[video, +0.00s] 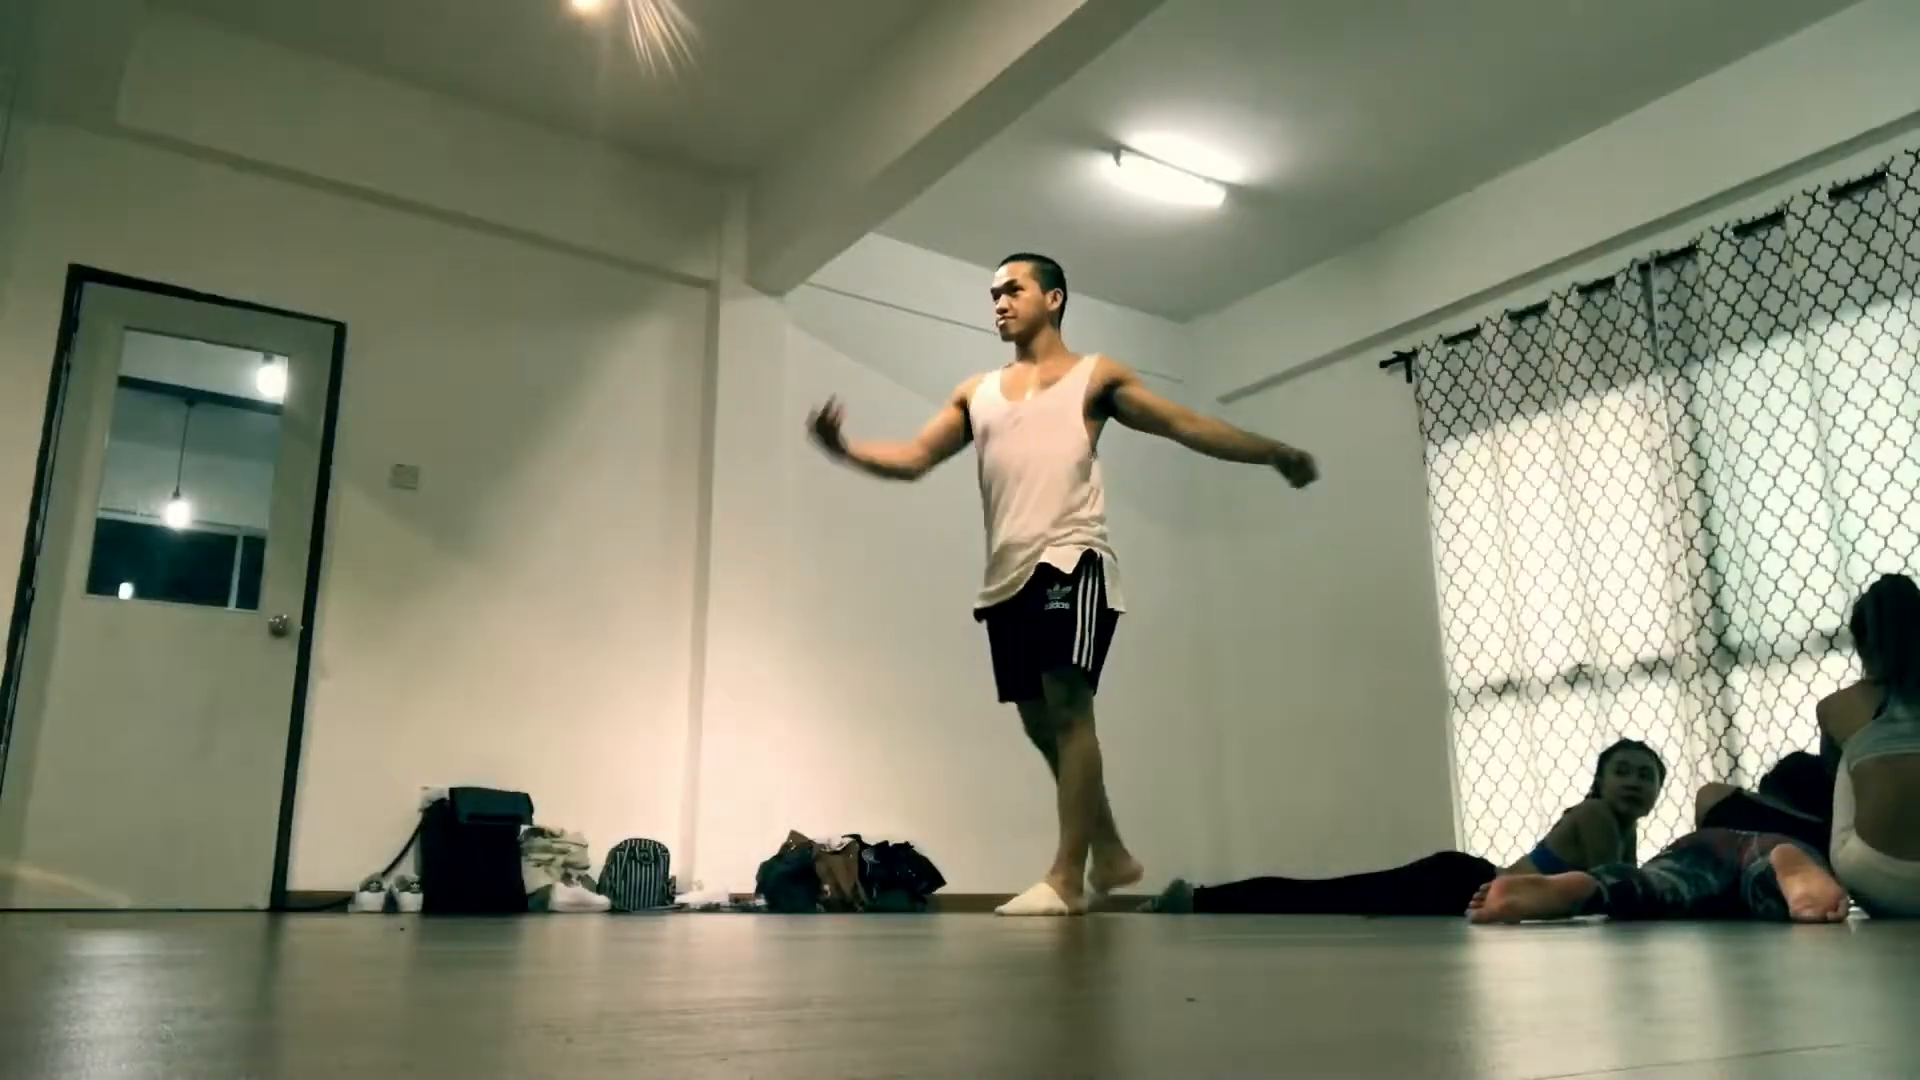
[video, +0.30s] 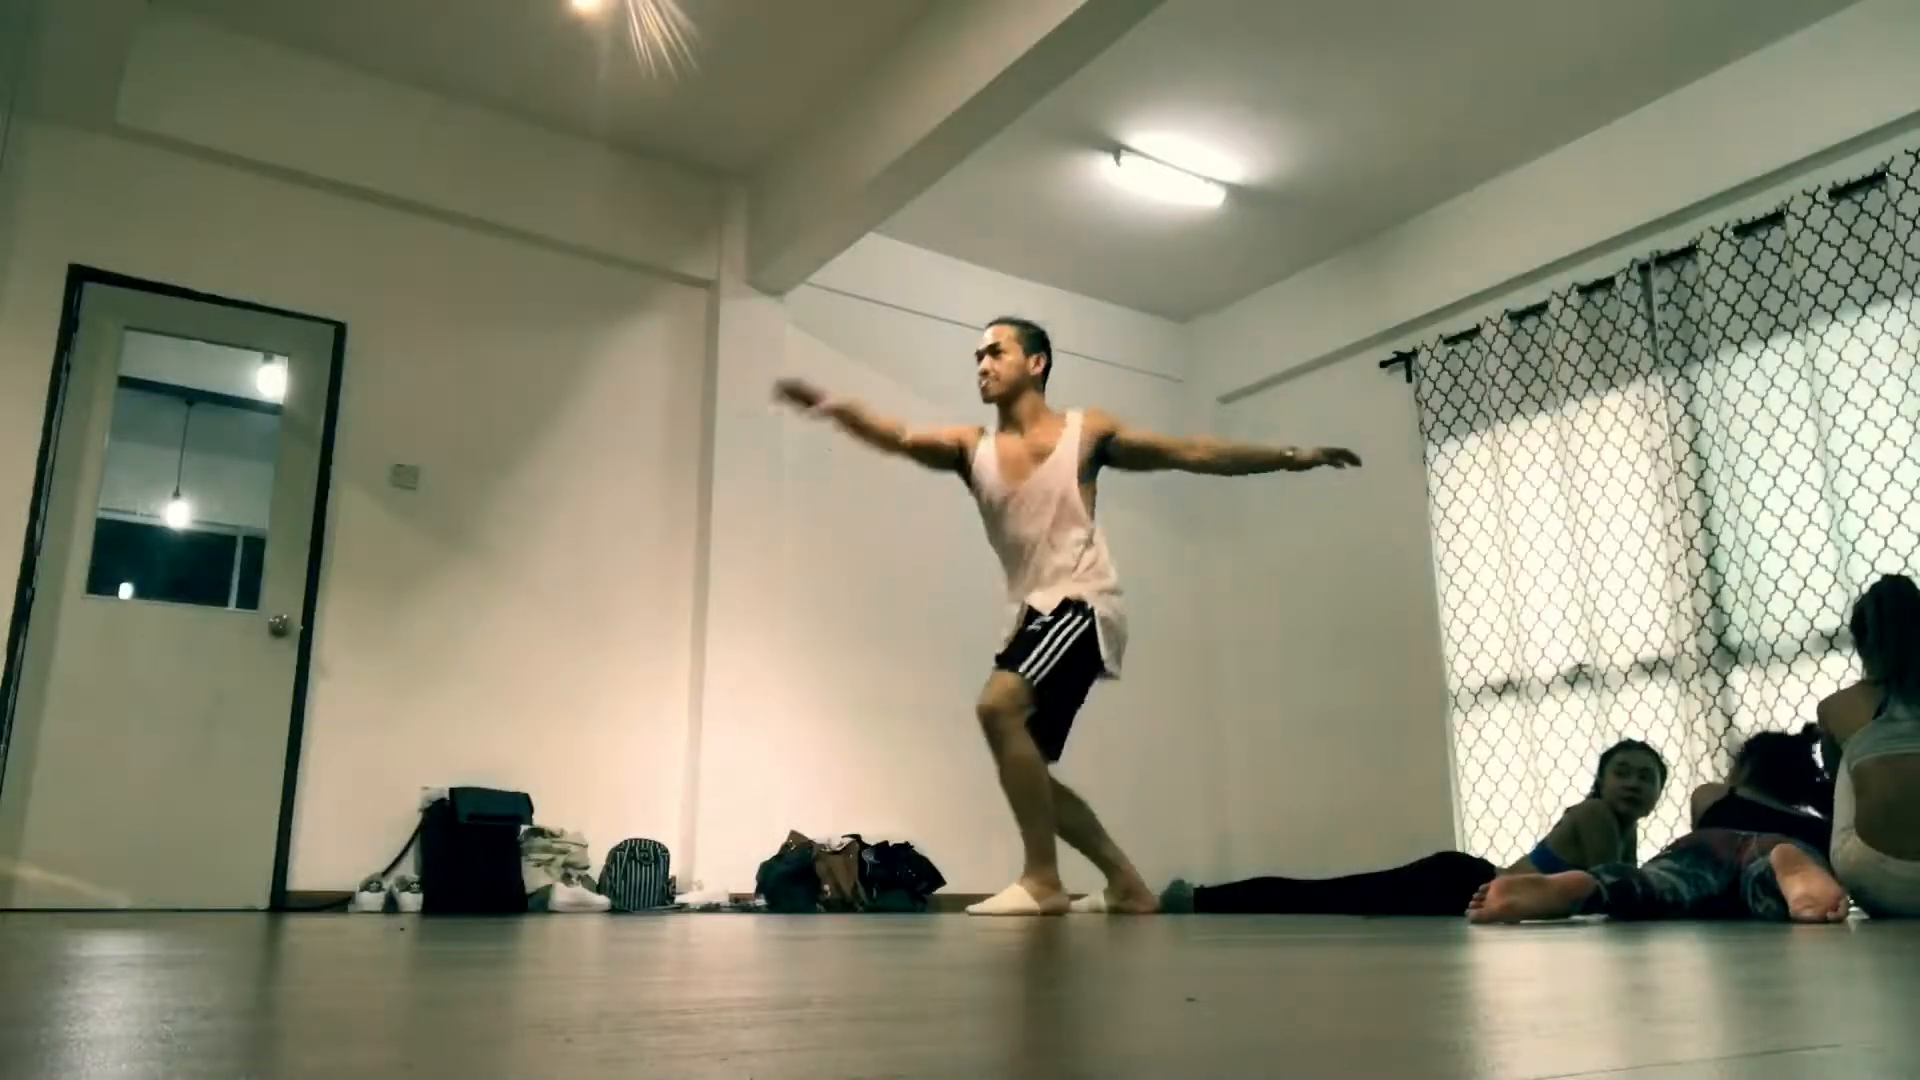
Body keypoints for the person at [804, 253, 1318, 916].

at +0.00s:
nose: (998, 301)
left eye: (1012, 290)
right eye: (995, 294)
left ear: (1054, 300)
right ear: (1001, 311)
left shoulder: (1095, 375)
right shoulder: (977, 392)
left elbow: (1189, 426)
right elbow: (913, 458)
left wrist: (1279, 454)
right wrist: (844, 448)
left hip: (1070, 558)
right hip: (1005, 576)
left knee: (1069, 710)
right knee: (1042, 727)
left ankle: (1066, 881)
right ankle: (1115, 859)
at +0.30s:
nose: (979, 363)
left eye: (993, 353)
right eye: (978, 355)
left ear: (1036, 363)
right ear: (991, 373)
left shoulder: (1083, 429)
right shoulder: (971, 444)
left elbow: (1190, 450)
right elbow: (898, 440)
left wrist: (1290, 457)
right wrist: (831, 410)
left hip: (1080, 603)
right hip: (1033, 614)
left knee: (999, 706)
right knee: (1030, 775)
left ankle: (1043, 879)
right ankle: (1128, 884)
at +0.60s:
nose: (953, 321)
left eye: (966, 310)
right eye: (958, 308)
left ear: (1001, 323)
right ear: (1014, 327)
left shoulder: (957, 389)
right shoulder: (1059, 396)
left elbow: (870, 454)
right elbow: (1112, 477)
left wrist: (791, 480)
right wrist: (1092, 530)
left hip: (1009, 579)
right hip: (1086, 578)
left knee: (973, 731)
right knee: (1080, 712)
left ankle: (1033, 866)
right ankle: (1105, 858)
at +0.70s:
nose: (1029, 310)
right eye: (1028, 300)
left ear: (965, 310)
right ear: (1027, 304)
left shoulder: (942, 385)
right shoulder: (1043, 362)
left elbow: (923, 474)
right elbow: (1128, 423)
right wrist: (1180, 471)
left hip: (963, 565)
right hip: (1040, 545)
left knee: (997, 710)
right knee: (1115, 620)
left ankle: (985, 874)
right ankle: (1071, 769)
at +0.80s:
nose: (1014, 272)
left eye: (1024, 264)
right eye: (997, 263)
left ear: (1037, 285)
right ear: (972, 285)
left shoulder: (1037, 376)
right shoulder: (975, 343)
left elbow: (1071, 457)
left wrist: (1149, 455)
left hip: (991, 532)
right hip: (973, 511)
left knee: (989, 695)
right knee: (1109, 529)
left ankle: (942, 862)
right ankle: (1056, 669)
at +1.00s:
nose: (961, 266)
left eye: (976, 253)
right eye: (958, 256)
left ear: (1017, 262)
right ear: (961, 273)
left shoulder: (1051, 318)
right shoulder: (960, 368)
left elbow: (1034, 348)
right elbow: (900, 450)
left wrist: (924, 339)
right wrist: (845, 436)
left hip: (1042, 533)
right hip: (970, 521)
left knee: (1027, 700)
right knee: (849, 523)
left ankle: (1020, 873)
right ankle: (970, 611)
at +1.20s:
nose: (928, 254)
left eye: (935, 243)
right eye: (933, 241)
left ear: (951, 251)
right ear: (998, 259)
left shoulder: (911, 322)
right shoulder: (1041, 333)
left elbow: (865, 417)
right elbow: (1100, 424)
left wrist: (921, 444)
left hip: (969, 525)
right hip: (1060, 524)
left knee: (989, 685)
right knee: (1019, 593)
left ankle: (1015, 860)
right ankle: (952, 663)